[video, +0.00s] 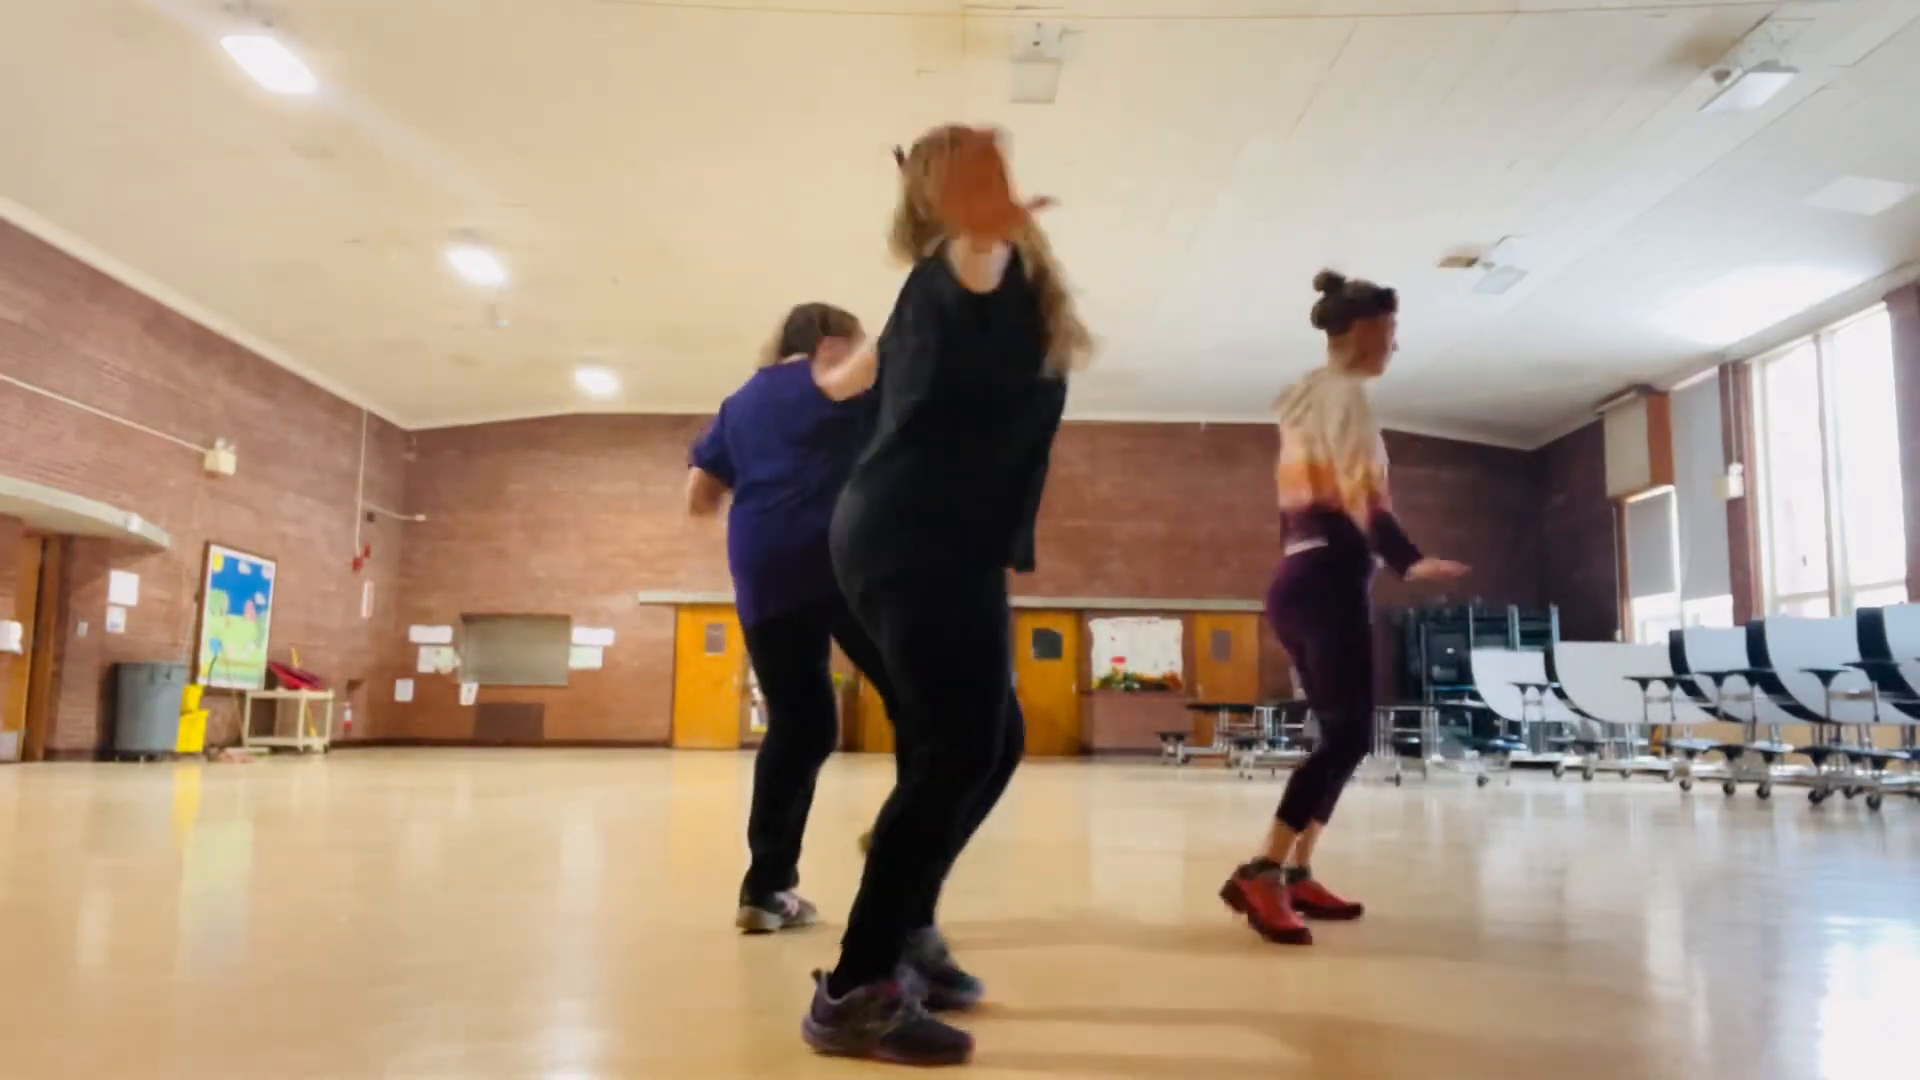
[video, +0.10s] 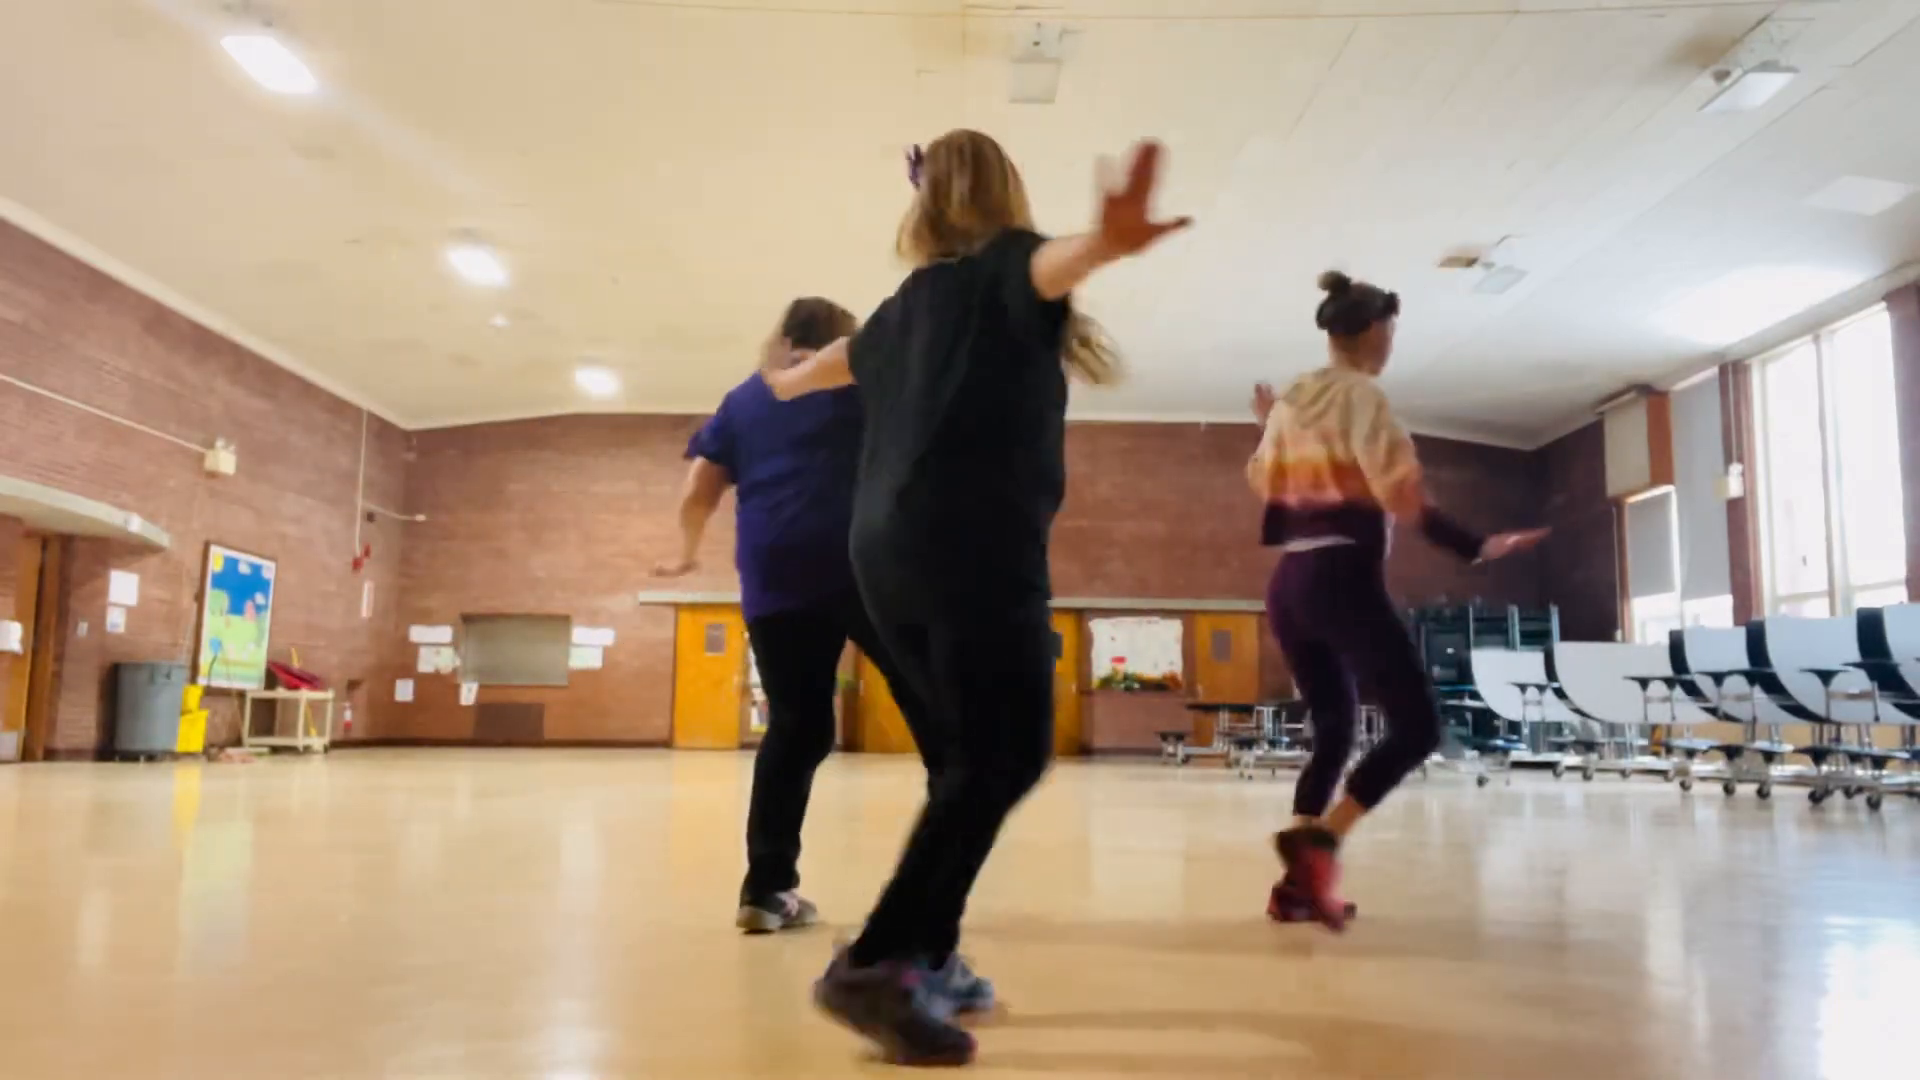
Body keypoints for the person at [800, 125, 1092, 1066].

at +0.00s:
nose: (1002, 178)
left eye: (997, 162)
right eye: (980, 165)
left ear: (1001, 186)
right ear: (944, 194)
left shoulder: (1011, 279)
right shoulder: (943, 282)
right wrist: (977, 259)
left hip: (947, 540)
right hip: (907, 536)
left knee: (990, 737)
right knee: (954, 749)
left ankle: (903, 932)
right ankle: (854, 988)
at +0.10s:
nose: (904, 207)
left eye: (910, 192)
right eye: (910, 186)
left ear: (924, 207)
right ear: (1006, 194)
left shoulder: (893, 316)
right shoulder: (1011, 266)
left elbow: (801, 378)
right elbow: (1052, 268)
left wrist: (787, 369)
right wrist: (1102, 242)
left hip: (883, 556)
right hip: (975, 548)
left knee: (962, 760)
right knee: (1009, 754)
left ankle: (931, 957)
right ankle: (873, 967)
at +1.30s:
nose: (973, 201)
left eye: (992, 192)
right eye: (962, 189)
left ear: (1023, 217)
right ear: (942, 210)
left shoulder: (1042, 295)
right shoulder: (934, 318)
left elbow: (1133, 304)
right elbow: (933, 453)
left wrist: (1245, 300)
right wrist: (878, 517)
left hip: (1041, 555)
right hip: (956, 562)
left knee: (1002, 730)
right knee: (886, 715)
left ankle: (1044, 939)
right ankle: (949, 891)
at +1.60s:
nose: (965, 211)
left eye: (983, 200)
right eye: (952, 198)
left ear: (1007, 224)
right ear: (929, 218)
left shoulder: (1048, 320)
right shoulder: (889, 323)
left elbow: (1174, 336)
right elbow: (798, 375)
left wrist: (1303, 346)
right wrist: (708, 407)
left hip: (1024, 570)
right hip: (918, 568)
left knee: (991, 747)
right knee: (821, 718)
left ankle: (990, 934)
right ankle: (887, 876)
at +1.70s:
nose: (961, 207)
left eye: (978, 198)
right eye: (947, 196)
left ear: (1005, 222)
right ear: (926, 218)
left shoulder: (1046, 325)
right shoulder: (879, 321)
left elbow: (1164, 346)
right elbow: (779, 365)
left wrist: (1284, 358)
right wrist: (677, 397)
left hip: (1024, 569)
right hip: (915, 566)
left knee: (1002, 745)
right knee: (820, 694)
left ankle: (992, 934)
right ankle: (862, 874)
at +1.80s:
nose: (959, 193)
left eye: (976, 184)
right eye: (944, 182)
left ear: (998, 209)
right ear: (921, 206)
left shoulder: (1035, 312)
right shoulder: (872, 304)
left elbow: (1147, 343)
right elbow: (764, 351)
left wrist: (1258, 369)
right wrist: (660, 379)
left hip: (1003, 564)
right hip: (894, 560)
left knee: (992, 751)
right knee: (856, 736)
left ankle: (992, 934)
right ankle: (881, 936)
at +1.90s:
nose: (957, 188)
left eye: (972, 179)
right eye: (941, 177)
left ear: (993, 206)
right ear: (914, 202)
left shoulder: (1027, 309)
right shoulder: (861, 302)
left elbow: (1134, 342)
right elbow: (752, 343)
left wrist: (1232, 368)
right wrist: (648, 364)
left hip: (988, 567)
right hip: (877, 565)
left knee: (988, 751)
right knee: (869, 753)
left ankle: (979, 924)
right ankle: (877, 938)